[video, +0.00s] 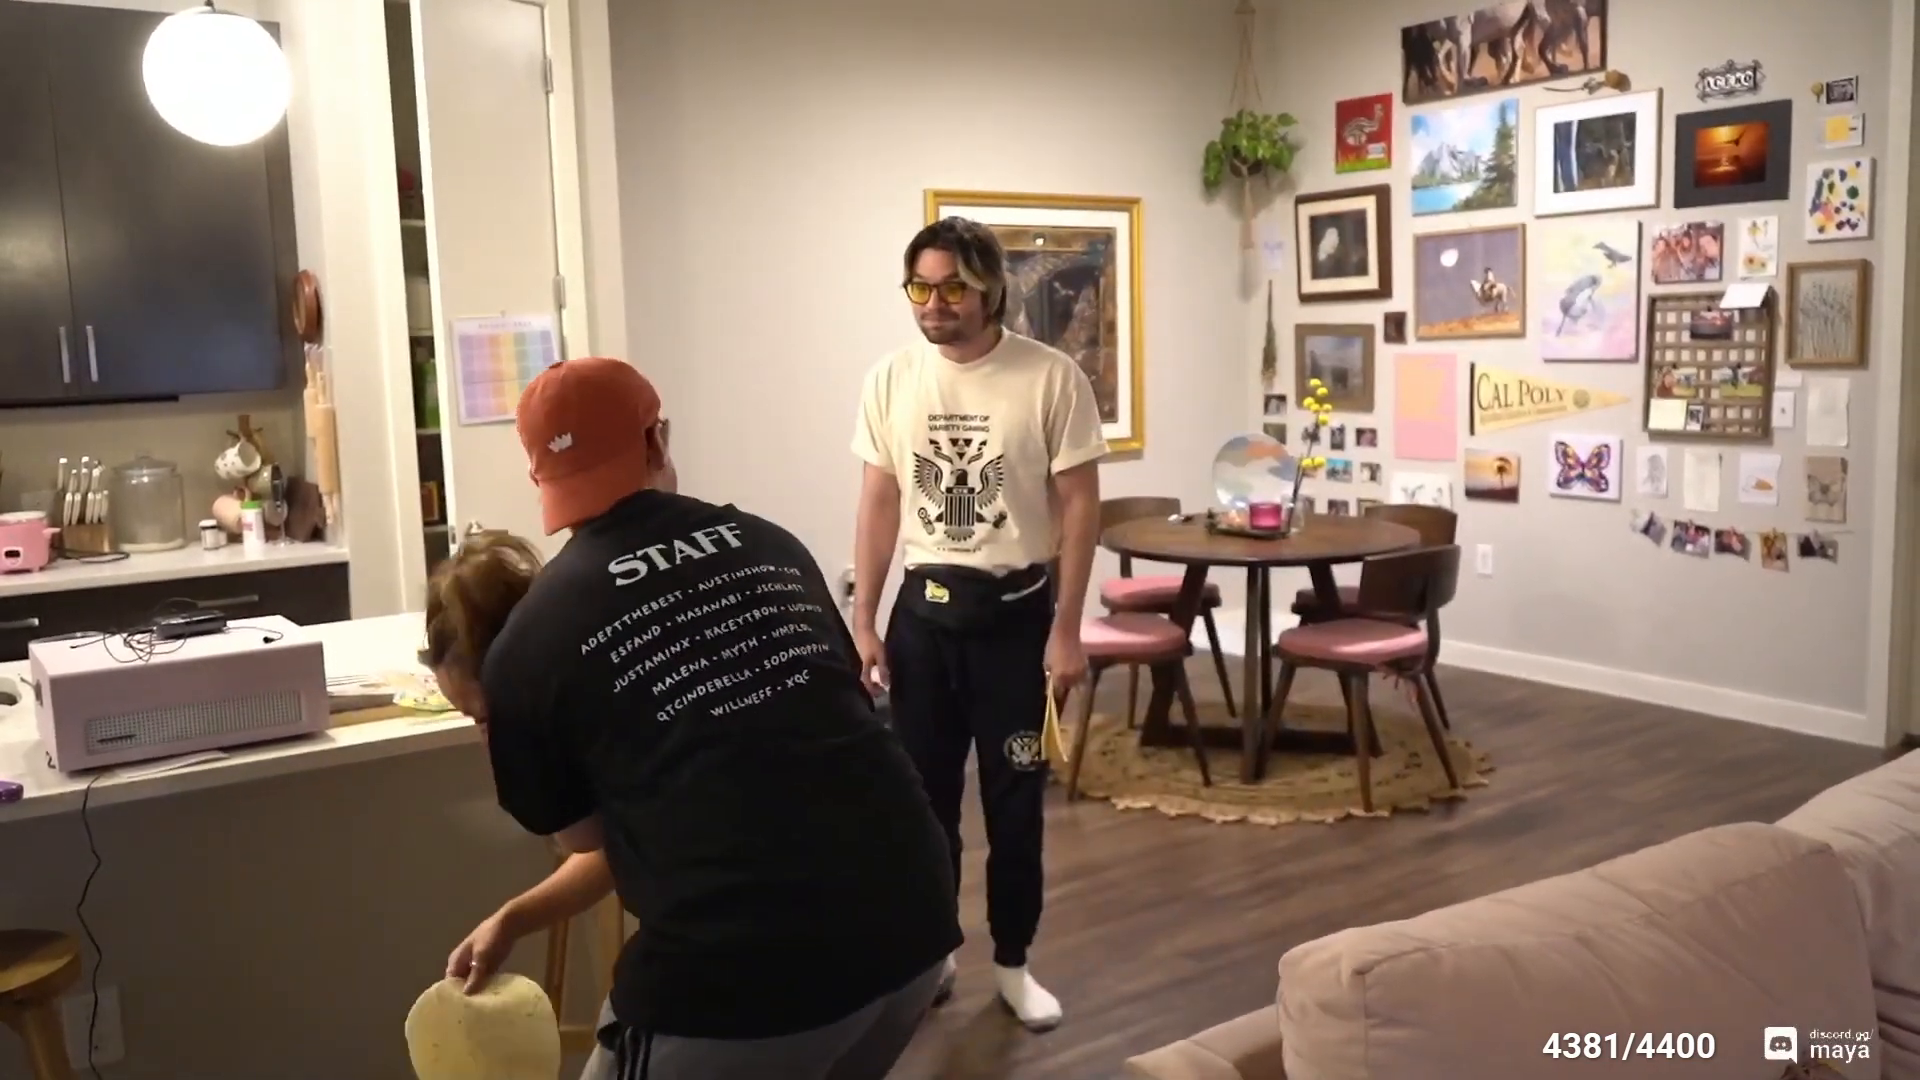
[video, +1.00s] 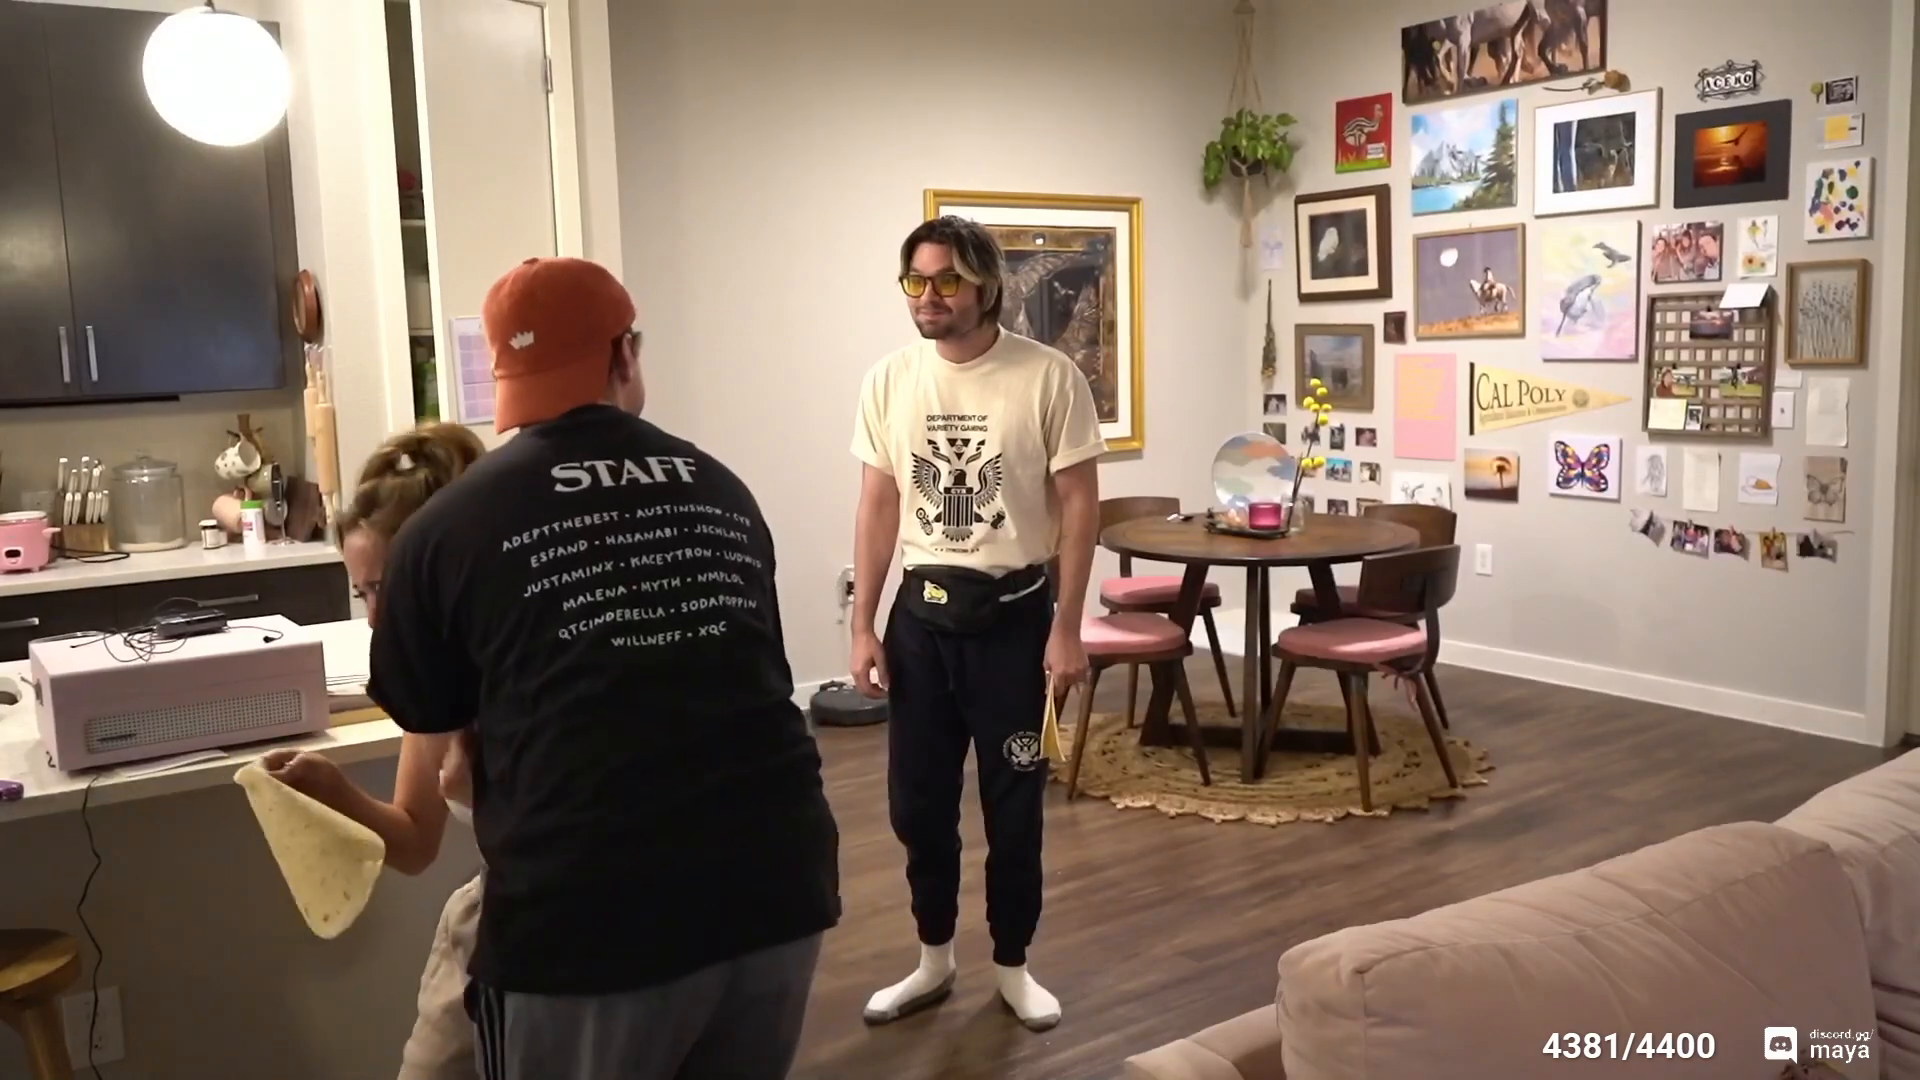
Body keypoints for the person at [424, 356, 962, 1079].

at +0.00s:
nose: (671, 445)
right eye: (667, 433)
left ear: (540, 475)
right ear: (657, 438)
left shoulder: (530, 641)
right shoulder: (768, 540)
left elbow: (583, 838)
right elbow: (843, 704)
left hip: (741, 983)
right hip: (910, 934)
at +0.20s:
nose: (686, 408)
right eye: (683, 396)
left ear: (553, 431)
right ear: (673, 401)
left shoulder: (528, 600)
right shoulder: (780, 514)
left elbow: (570, 786)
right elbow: (848, 677)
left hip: (723, 960)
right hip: (896, 916)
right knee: (831, 1067)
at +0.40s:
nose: (693, 381)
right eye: (692, 366)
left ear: (558, 390)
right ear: (681, 370)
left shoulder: (527, 554)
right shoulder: (778, 489)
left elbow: (540, 783)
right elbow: (835, 677)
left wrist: (428, 799)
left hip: (699, 907)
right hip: (874, 879)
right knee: (809, 1068)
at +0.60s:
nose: (691, 369)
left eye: (685, 351)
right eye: (688, 350)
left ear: (556, 368)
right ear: (672, 355)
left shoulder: (502, 530)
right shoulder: (762, 481)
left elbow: (518, 729)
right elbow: (811, 650)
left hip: (636, 910)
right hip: (818, 881)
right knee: (784, 1068)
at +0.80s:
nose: (656, 381)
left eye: (652, 360)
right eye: (652, 361)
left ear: (523, 382)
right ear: (635, 368)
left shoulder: (460, 536)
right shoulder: (728, 489)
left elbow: (472, 753)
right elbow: (782, 674)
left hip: (599, 906)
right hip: (787, 877)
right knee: (742, 1069)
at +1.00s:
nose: (643, 367)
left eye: (637, 347)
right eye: (638, 348)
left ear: (504, 372)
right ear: (623, 354)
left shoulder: (446, 532)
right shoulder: (719, 483)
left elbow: (446, 763)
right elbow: (750, 682)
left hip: (588, 922)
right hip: (779, 890)